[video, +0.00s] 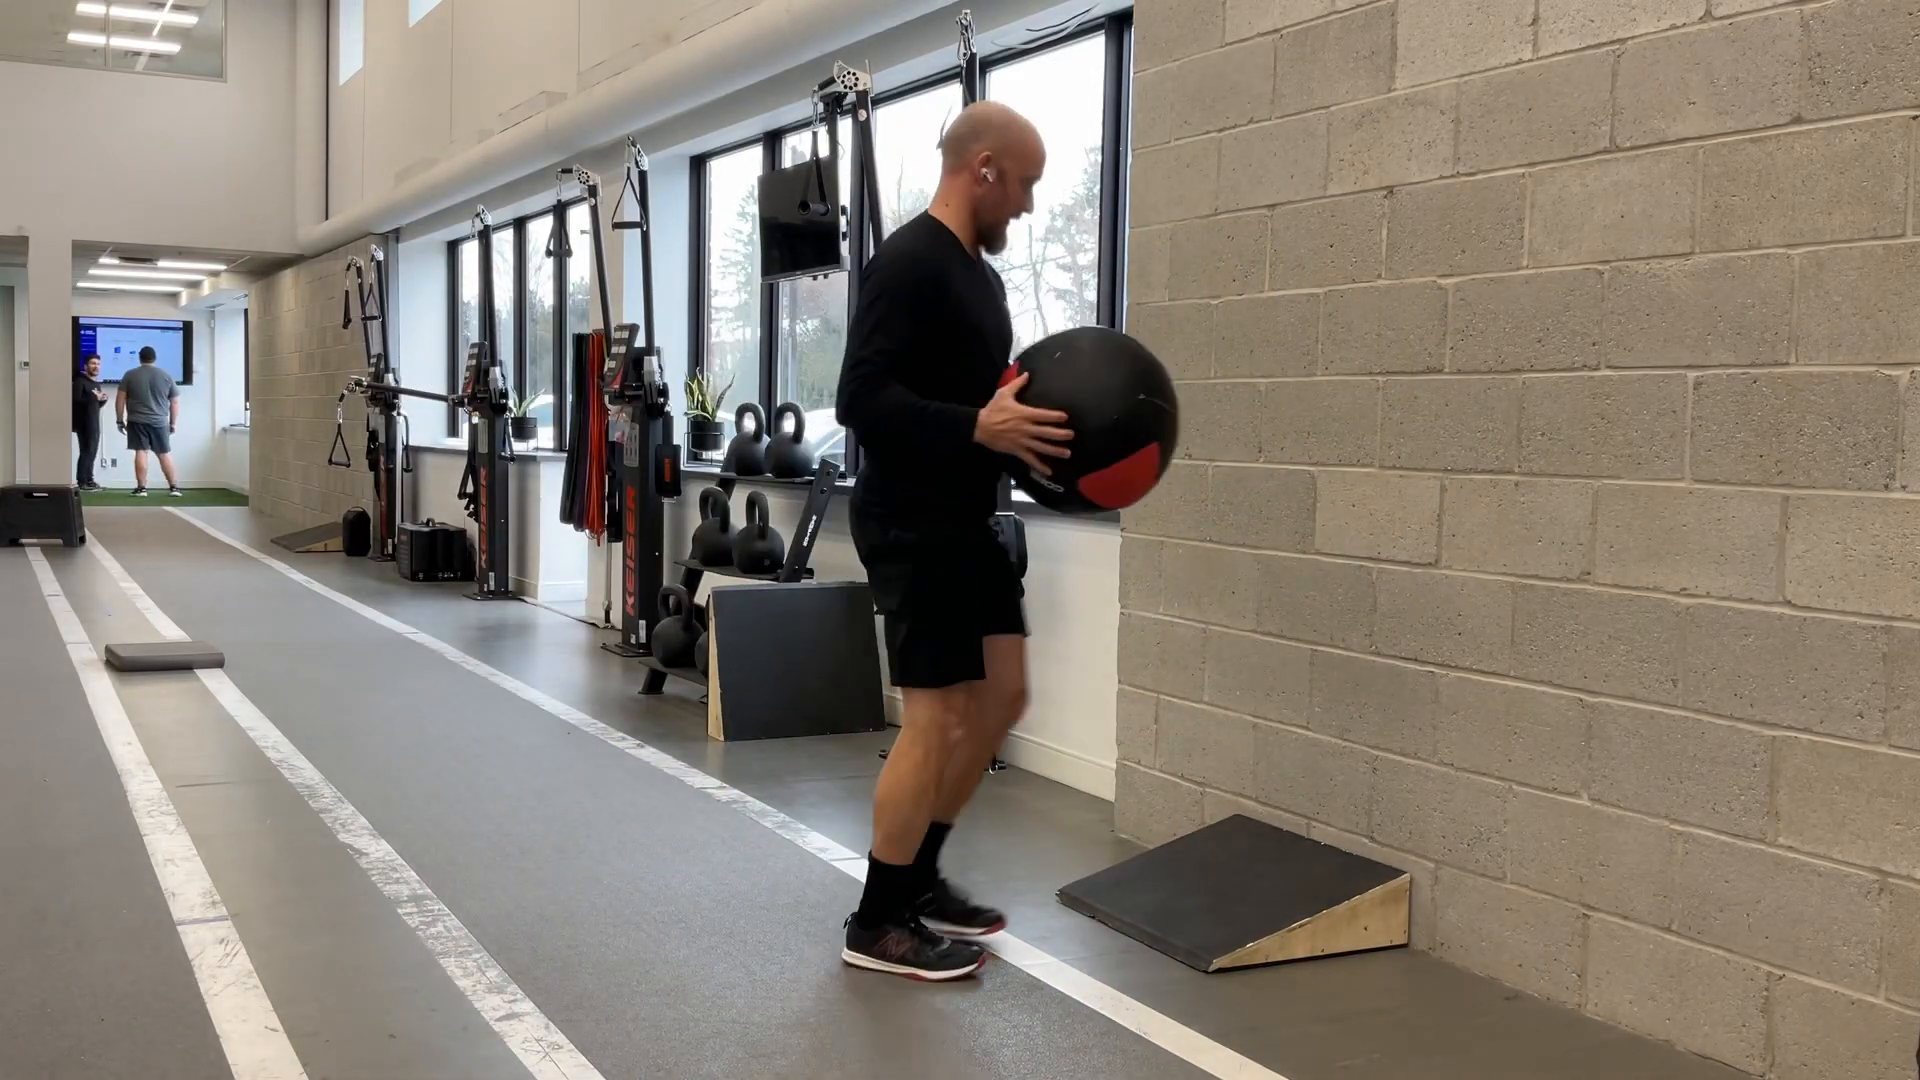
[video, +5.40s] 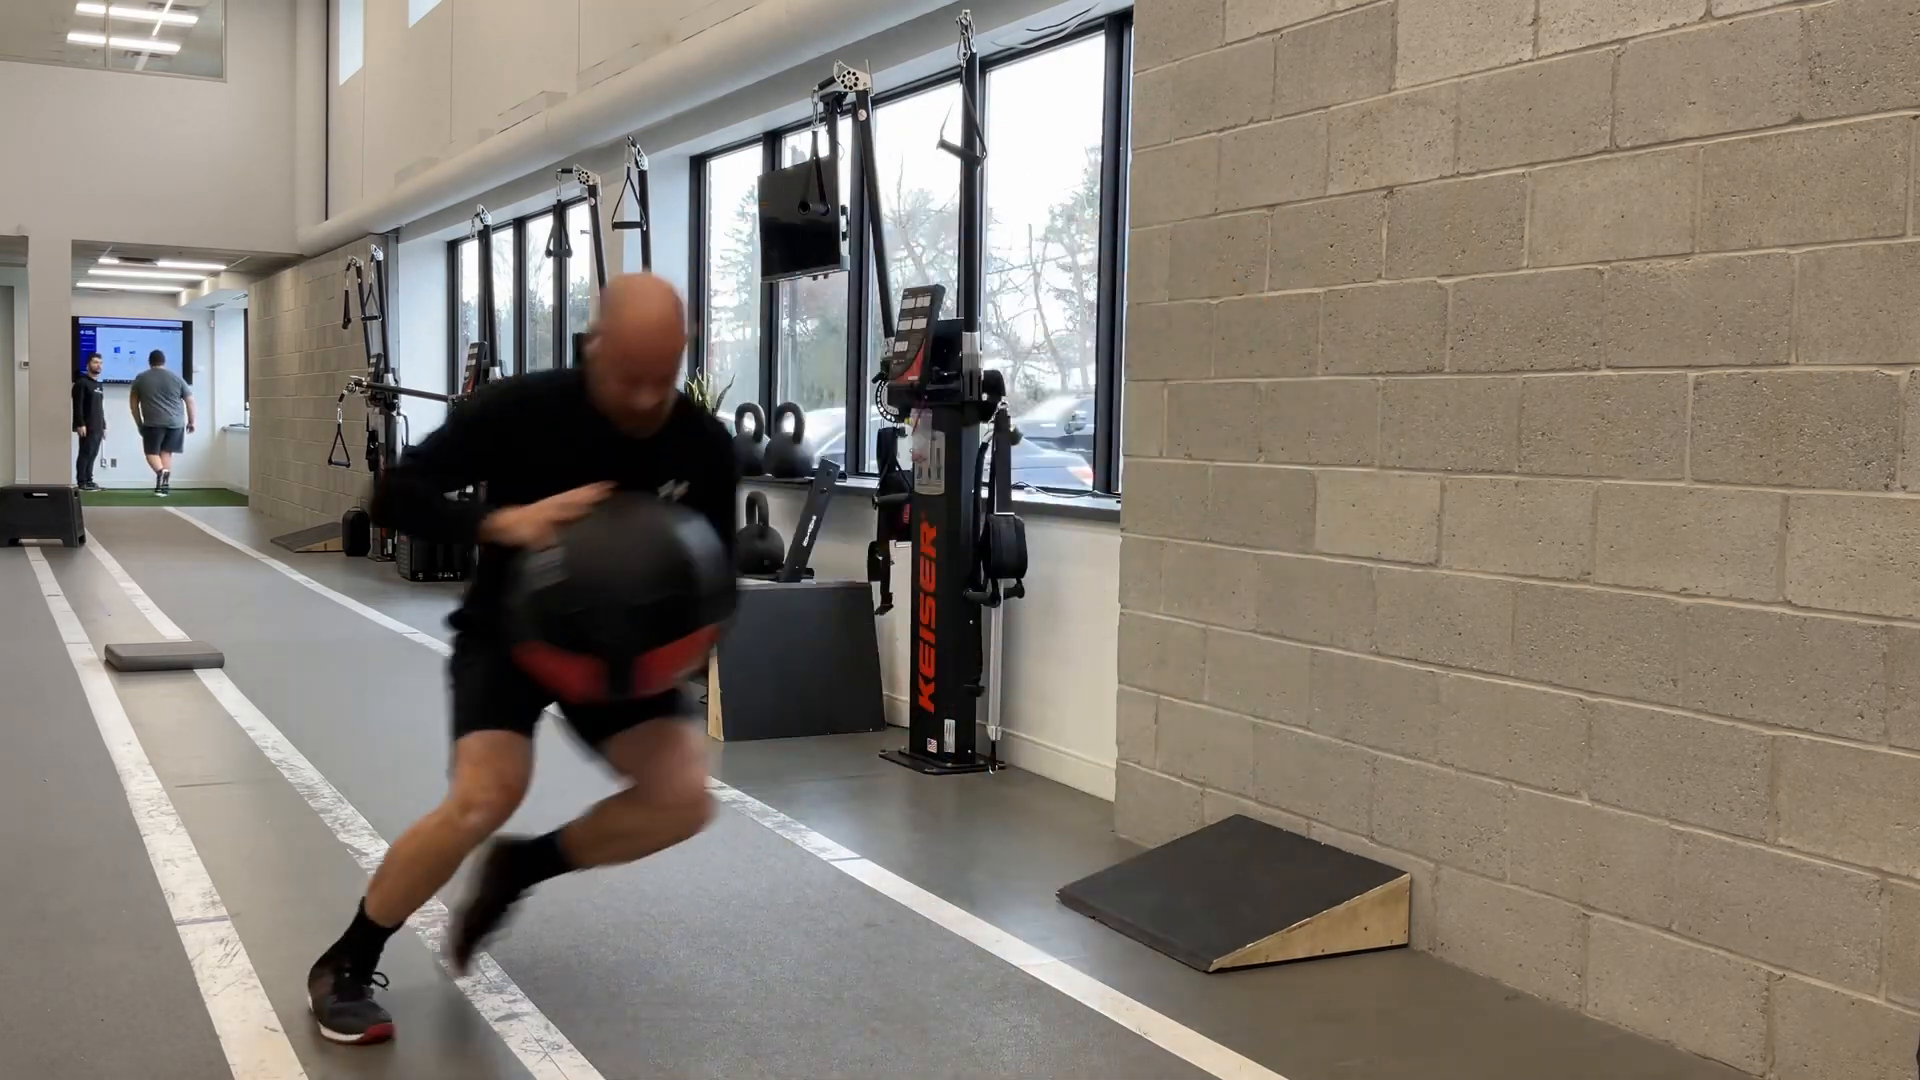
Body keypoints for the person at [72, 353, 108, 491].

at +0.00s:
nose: (96, 366)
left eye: (98, 364)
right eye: (93, 363)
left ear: (100, 366)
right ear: (86, 366)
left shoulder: (96, 384)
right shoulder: (80, 381)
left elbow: (97, 405)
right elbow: (78, 399)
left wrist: (103, 399)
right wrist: (94, 397)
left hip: (93, 421)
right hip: (83, 421)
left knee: (92, 451)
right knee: (86, 451)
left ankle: (89, 479)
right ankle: (83, 480)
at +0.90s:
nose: (96, 366)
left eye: (96, 363)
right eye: (95, 364)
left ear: (86, 365)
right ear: (91, 365)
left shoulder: (88, 383)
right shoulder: (80, 384)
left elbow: (96, 389)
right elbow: (81, 404)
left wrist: (111, 385)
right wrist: (96, 405)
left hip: (91, 423)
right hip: (84, 423)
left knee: (93, 451)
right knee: (86, 452)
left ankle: (94, 477)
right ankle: (82, 481)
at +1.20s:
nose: (96, 365)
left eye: (95, 362)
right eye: (94, 362)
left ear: (91, 365)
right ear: (89, 365)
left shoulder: (94, 378)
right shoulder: (80, 383)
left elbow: (107, 373)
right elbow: (78, 406)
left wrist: (121, 366)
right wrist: (94, 418)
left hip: (94, 421)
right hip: (84, 422)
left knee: (93, 452)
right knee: (85, 452)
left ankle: (91, 479)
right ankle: (82, 481)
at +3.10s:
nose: (94, 366)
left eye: (96, 363)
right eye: (91, 363)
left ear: (97, 365)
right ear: (85, 366)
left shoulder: (97, 382)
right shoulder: (81, 385)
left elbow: (104, 389)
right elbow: (80, 409)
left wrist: (111, 386)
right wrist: (86, 428)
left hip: (99, 424)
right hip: (89, 425)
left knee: (93, 454)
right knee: (87, 454)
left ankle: (89, 479)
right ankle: (83, 481)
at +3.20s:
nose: (95, 366)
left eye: (96, 363)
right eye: (92, 363)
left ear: (98, 365)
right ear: (85, 366)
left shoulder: (97, 383)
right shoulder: (81, 385)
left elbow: (95, 399)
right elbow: (79, 409)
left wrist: (105, 396)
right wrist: (84, 427)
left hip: (98, 424)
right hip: (88, 426)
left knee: (93, 454)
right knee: (86, 454)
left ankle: (89, 479)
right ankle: (82, 480)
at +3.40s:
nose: (97, 366)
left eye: (98, 363)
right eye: (93, 363)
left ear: (99, 365)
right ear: (87, 366)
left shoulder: (98, 384)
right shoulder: (81, 384)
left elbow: (98, 405)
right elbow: (78, 408)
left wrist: (107, 416)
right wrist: (81, 427)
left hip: (97, 424)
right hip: (87, 425)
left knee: (93, 454)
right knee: (85, 453)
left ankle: (89, 479)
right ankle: (82, 480)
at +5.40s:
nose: (98, 365)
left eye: (100, 363)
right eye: (95, 362)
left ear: (101, 365)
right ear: (88, 365)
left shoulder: (98, 385)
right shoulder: (81, 383)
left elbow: (99, 407)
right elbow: (78, 406)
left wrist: (103, 425)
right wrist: (80, 424)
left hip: (97, 425)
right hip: (87, 426)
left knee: (92, 455)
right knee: (85, 454)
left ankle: (89, 479)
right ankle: (82, 481)